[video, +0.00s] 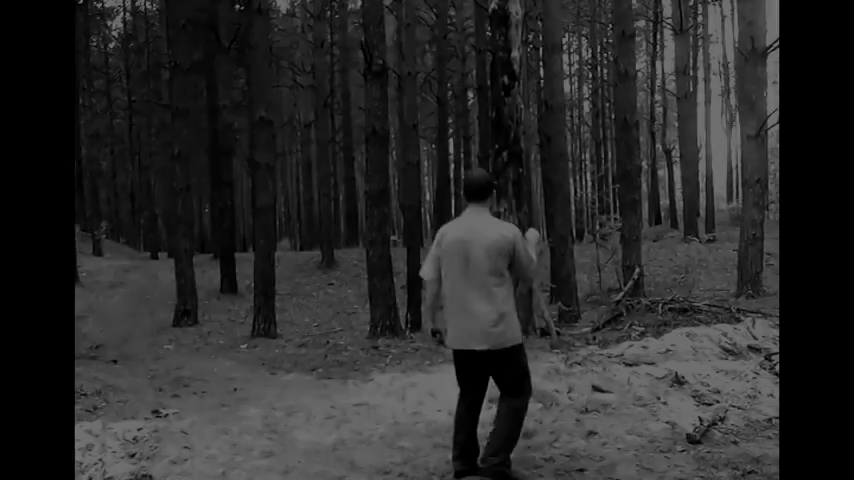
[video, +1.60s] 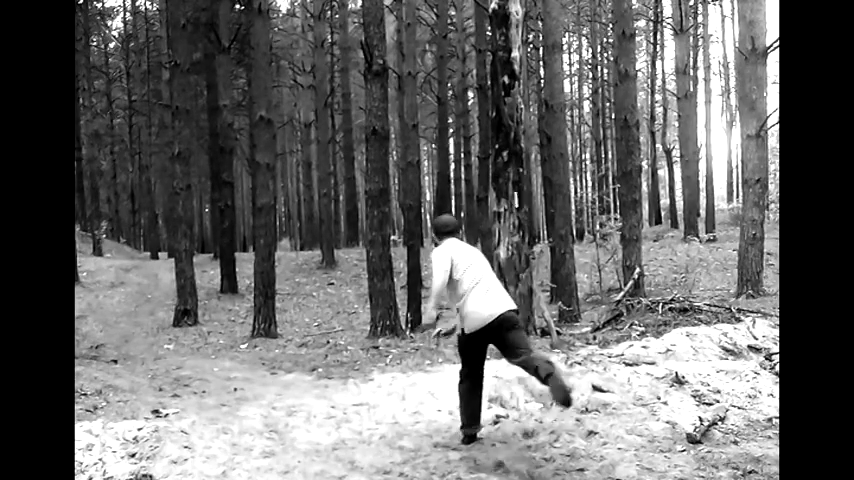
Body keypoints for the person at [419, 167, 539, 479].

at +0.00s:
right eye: (491, 191)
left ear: (464, 195)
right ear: (492, 194)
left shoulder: (445, 234)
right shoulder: (507, 232)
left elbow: (430, 282)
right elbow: (527, 275)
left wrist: (430, 322)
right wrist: (531, 243)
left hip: (461, 335)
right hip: (501, 335)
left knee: (470, 396)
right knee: (517, 393)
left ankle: (463, 463)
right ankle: (495, 461)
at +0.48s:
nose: (522, 197)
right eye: (520, 193)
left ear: (487, 198)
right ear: (517, 197)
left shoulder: (471, 236)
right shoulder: (524, 236)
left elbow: (461, 288)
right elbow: (557, 271)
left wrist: (474, 320)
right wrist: (558, 235)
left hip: (488, 334)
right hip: (522, 336)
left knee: (496, 397)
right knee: (529, 402)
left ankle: (487, 462)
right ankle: (517, 468)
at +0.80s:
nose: (519, 199)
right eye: (518, 195)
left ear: (488, 201)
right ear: (517, 200)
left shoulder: (476, 237)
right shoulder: (516, 239)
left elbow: (471, 283)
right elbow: (561, 259)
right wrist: (572, 223)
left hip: (489, 334)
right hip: (517, 336)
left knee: (501, 386)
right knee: (531, 400)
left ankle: (489, 448)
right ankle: (516, 469)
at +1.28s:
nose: (489, 232)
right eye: (488, 228)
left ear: (459, 235)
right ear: (485, 231)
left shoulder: (447, 269)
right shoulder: (501, 260)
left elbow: (429, 308)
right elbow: (536, 275)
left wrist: (453, 321)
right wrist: (535, 245)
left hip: (467, 345)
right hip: (500, 342)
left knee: (473, 378)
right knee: (511, 392)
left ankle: (469, 432)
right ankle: (516, 450)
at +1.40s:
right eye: (472, 235)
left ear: (449, 243)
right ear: (473, 238)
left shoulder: (449, 264)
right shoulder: (489, 261)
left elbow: (438, 296)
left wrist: (438, 325)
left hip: (470, 334)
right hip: (501, 328)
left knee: (466, 381)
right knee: (510, 385)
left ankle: (466, 432)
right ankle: (511, 444)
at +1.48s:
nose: (437, 247)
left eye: (437, 243)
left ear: (440, 242)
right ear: (463, 239)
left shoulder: (445, 257)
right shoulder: (475, 257)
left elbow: (442, 283)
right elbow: (468, 303)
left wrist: (433, 317)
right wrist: (441, 329)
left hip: (477, 322)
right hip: (504, 314)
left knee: (470, 376)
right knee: (515, 363)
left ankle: (467, 431)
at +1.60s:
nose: (434, 241)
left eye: (433, 237)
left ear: (436, 236)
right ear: (457, 231)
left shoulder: (440, 252)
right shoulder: (471, 250)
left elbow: (439, 284)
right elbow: (476, 293)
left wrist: (432, 311)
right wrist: (456, 323)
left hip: (475, 319)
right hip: (504, 310)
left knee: (470, 375)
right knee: (523, 354)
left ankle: (469, 431)